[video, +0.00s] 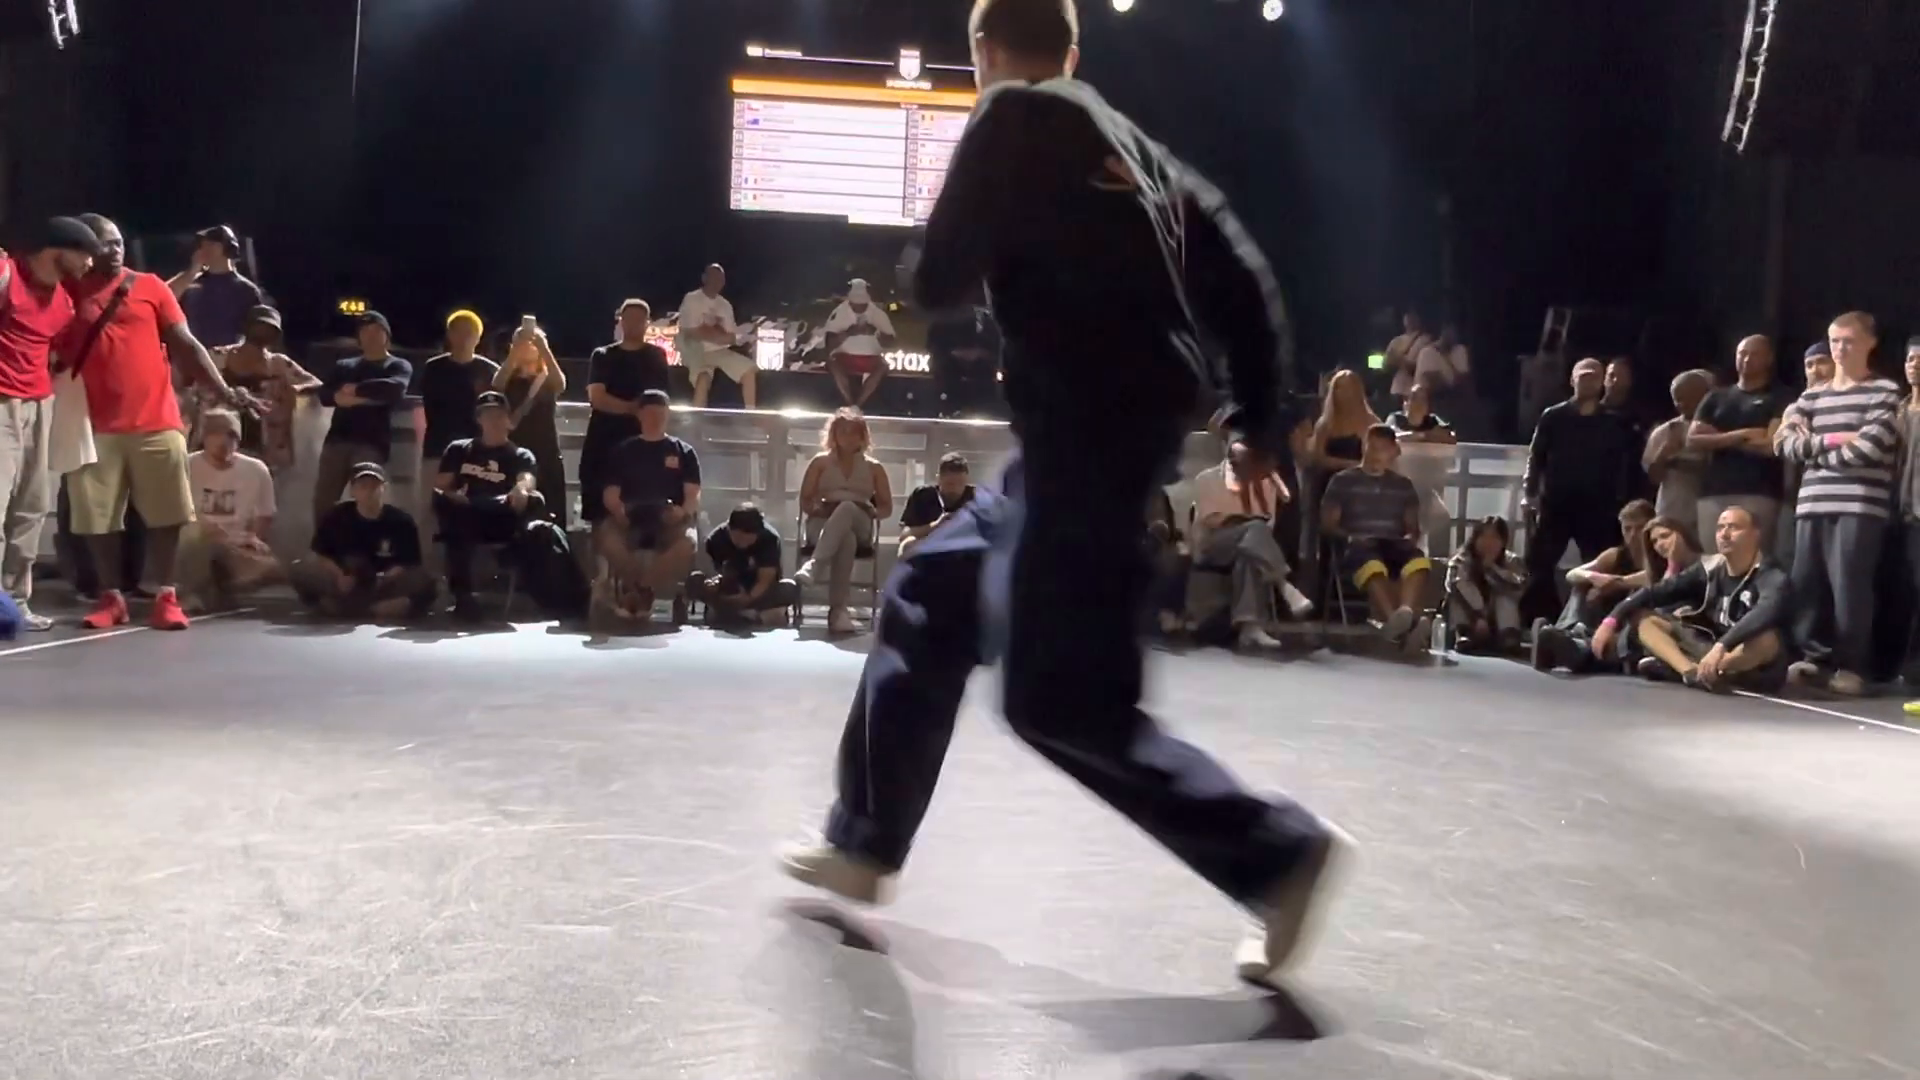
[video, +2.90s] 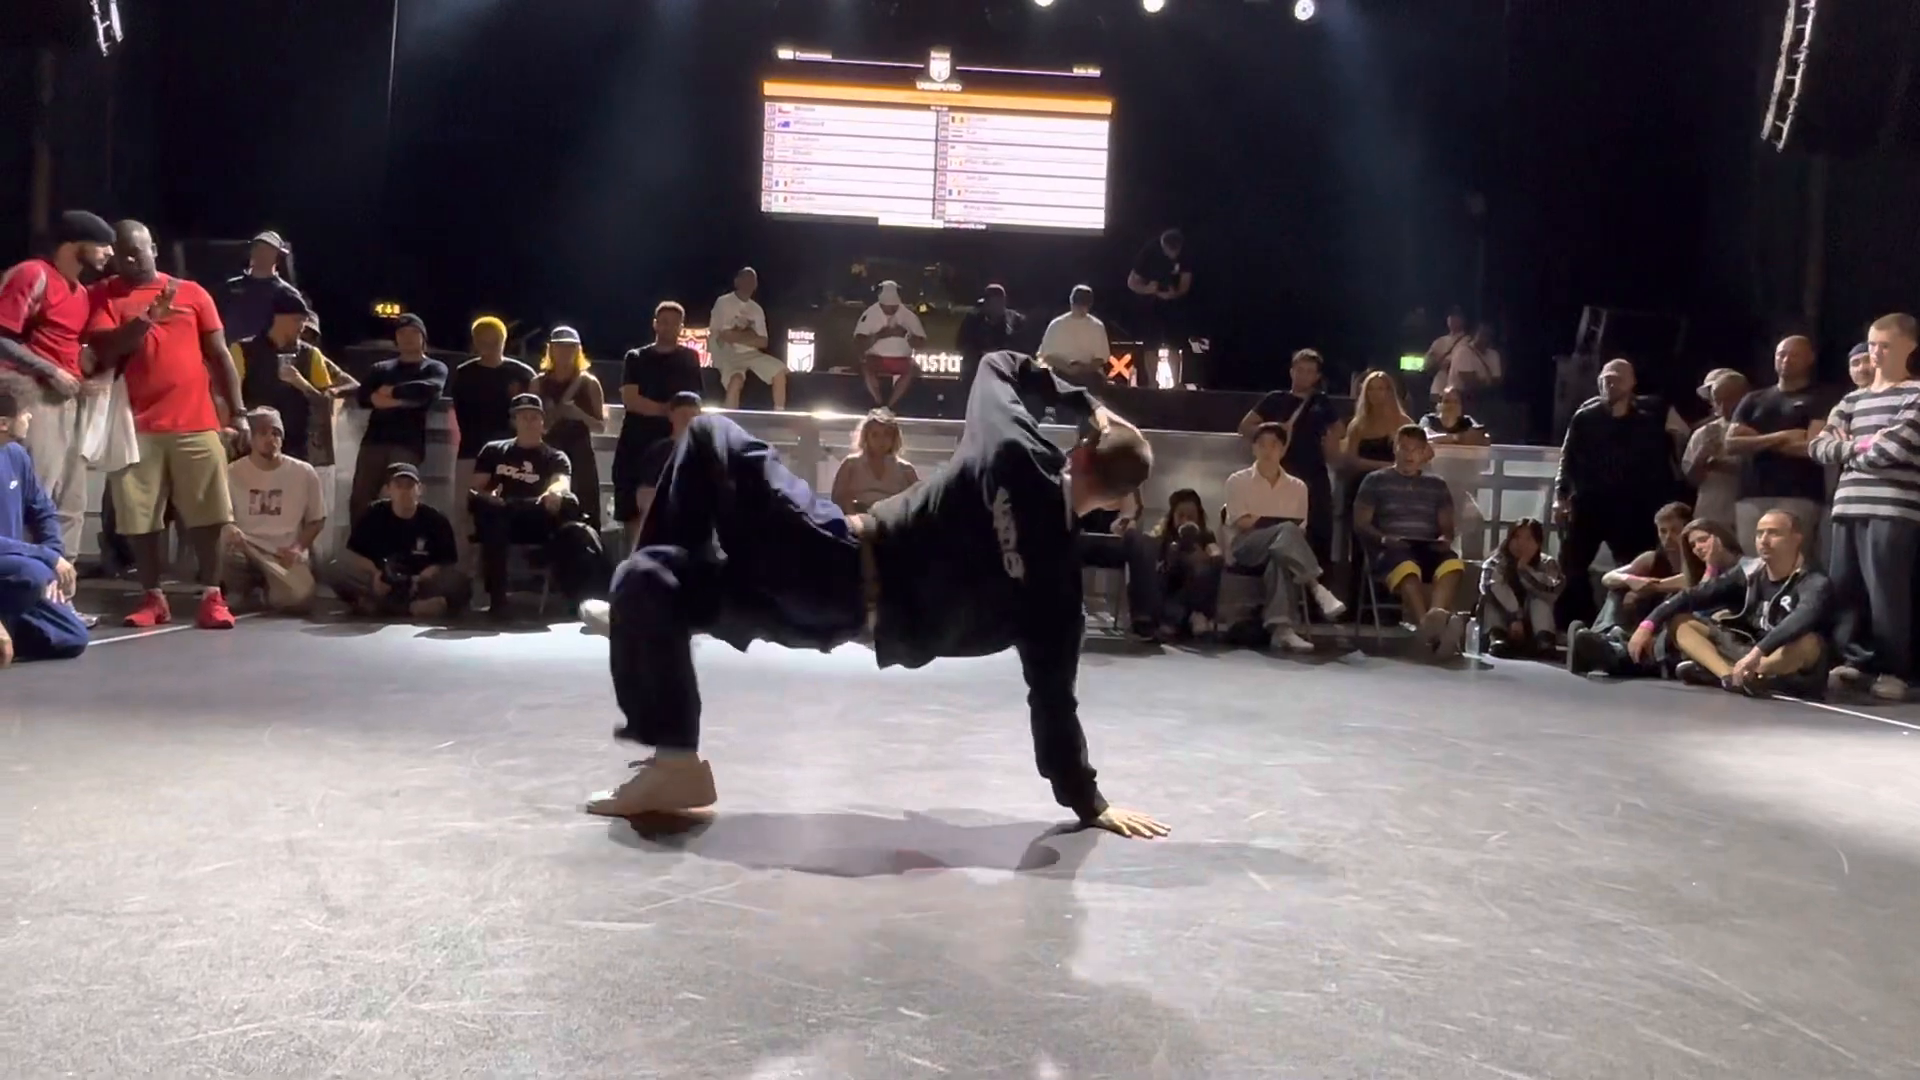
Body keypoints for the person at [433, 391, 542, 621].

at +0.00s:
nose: (494, 420)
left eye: (498, 414)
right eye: (488, 414)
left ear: (508, 419)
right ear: (478, 419)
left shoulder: (522, 456)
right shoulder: (459, 449)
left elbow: (526, 479)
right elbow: (439, 489)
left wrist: (520, 490)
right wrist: (458, 497)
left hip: (504, 512)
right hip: (468, 512)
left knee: (534, 501)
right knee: (454, 520)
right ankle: (463, 597)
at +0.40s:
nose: (500, 438)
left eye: (505, 432)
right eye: (494, 433)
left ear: (514, 437)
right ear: (485, 437)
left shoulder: (528, 473)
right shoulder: (466, 467)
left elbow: (533, 496)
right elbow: (448, 507)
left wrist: (528, 506)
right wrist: (461, 513)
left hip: (511, 531)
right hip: (475, 531)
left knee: (541, 518)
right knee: (461, 530)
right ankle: (470, 613)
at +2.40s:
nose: (525, 426)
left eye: (529, 421)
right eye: (519, 421)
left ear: (537, 427)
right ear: (508, 425)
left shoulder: (551, 462)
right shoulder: (488, 455)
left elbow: (555, 489)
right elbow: (469, 496)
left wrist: (549, 497)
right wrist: (485, 503)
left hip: (533, 517)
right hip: (498, 516)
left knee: (561, 508)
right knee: (483, 524)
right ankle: (491, 602)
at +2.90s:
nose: (530, 423)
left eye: (534, 417)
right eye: (524, 417)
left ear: (543, 423)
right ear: (514, 421)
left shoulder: (556, 457)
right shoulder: (493, 451)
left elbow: (561, 483)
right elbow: (475, 491)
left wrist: (555, 493)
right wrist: (490, 498)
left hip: (538, 515)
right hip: (502, 514)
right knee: (490, 518)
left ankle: (575, 601)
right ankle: (497, 598)